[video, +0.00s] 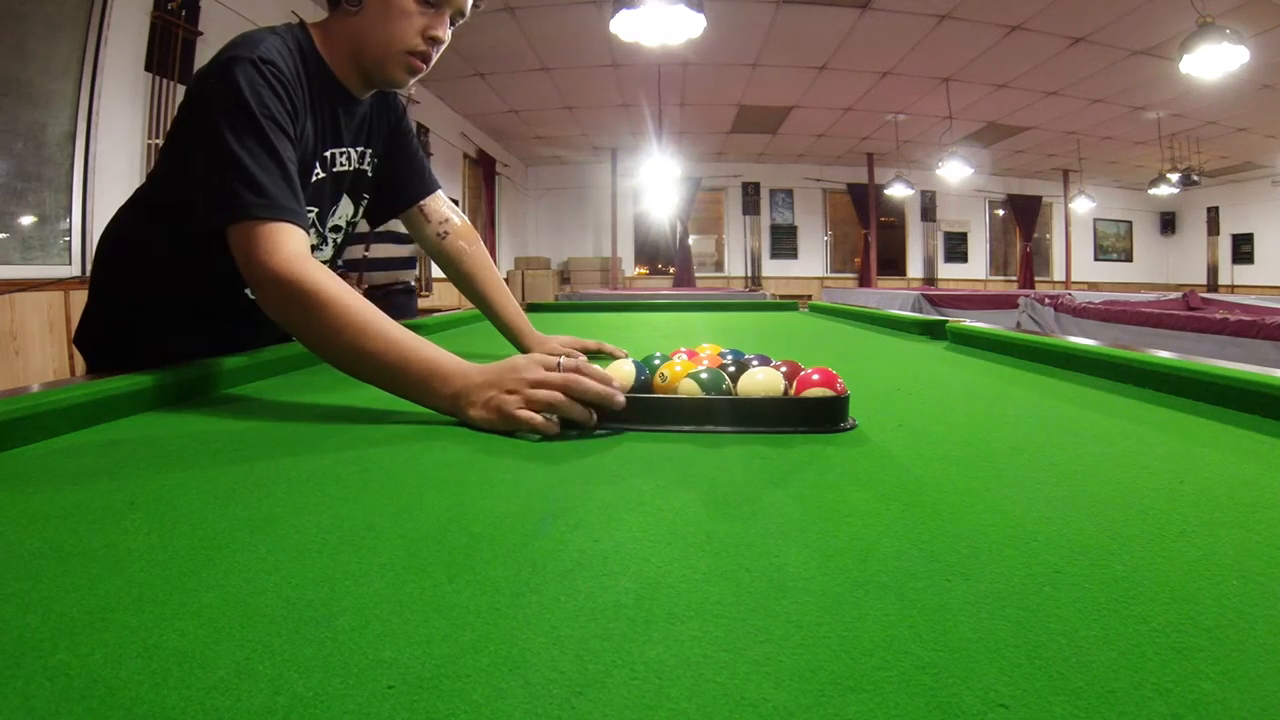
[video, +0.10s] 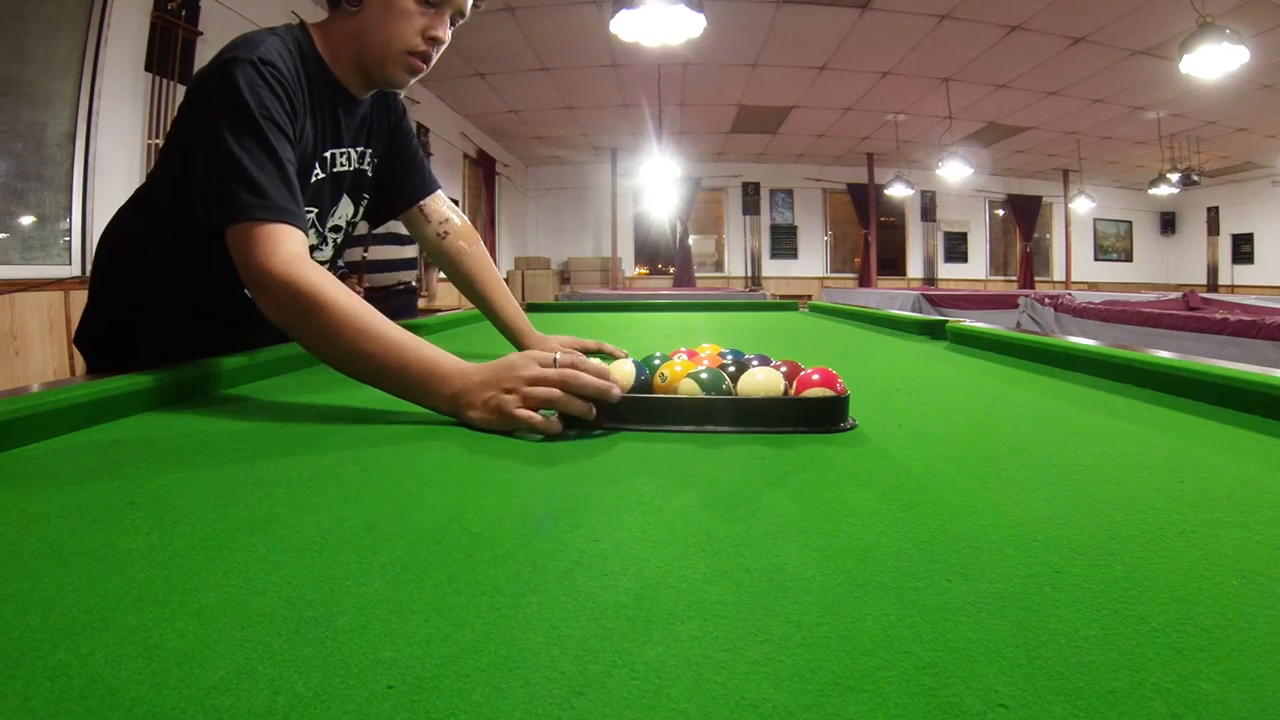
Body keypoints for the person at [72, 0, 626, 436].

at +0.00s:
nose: (441, 36)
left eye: (452, 21)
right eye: (428, 7)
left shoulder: (382, 107)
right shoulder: (255, 72)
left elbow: (442, 227)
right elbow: (279, 271)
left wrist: (529, 340)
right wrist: (464, 385)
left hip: (262, 335)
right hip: (152, 341)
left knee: (241, 525)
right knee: (138, 534)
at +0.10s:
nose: (442, 35)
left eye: (451, 20)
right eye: (427, 6)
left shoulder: (382, 106)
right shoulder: (255, 73)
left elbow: (443, 227)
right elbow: (277, 272)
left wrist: (529, 341)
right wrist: (460, 384)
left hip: (262, 336)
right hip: (152, 342)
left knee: (242, 525)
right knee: (139, 534)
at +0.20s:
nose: (443, 35)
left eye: (453, 21)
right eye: (429, 7)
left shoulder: (382, 105)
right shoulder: (255, 76)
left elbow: (444, 227)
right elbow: (273, 273)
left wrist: (530, 345)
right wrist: (457, 384)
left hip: (260, 339)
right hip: (150, 343)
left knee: (238, 528)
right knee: (135, 537)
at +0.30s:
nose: (444, 34)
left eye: (454, 21)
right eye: (430, 5)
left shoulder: (384, 106)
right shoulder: (256, 82)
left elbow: (443, 225)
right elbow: (273, 278)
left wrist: (522, 335)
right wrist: (464, 374)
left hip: (257, 341)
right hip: (150, 343)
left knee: (241, 521)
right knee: (143, 531)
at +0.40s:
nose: (450, 35)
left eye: (458, 21)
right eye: (438, 6)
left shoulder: (386, 110)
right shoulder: (259, 81)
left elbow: (447, 225)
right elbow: (283, 266)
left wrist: (517, 329)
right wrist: (496, 347)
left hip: (258, 333)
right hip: (150, 334)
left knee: (243, 513)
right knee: (141, 522)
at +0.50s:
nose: (452, 37)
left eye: (460, 22)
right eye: (437, 10)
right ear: (359, 3)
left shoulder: (387, 108)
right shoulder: (266, 78)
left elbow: (444, 224)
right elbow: (305, 247)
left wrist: (517, 320)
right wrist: (547, 319)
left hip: (254, 338)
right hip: (149, 337)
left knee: (241, 517)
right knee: (137, 528)